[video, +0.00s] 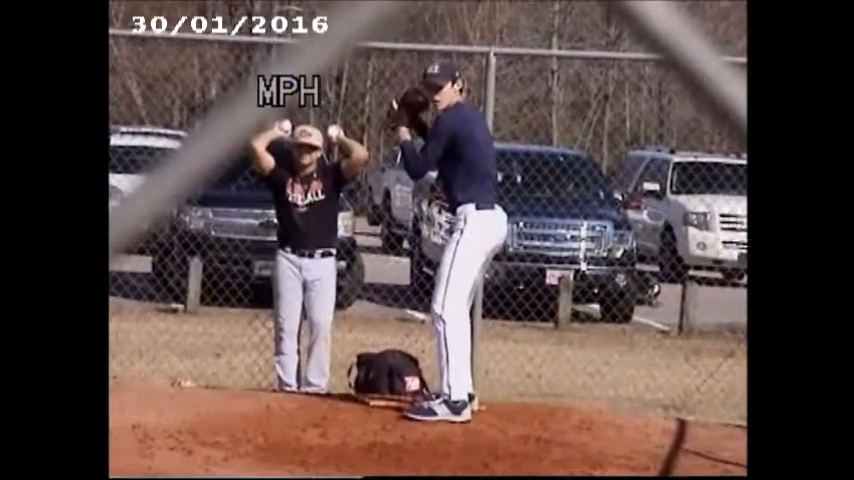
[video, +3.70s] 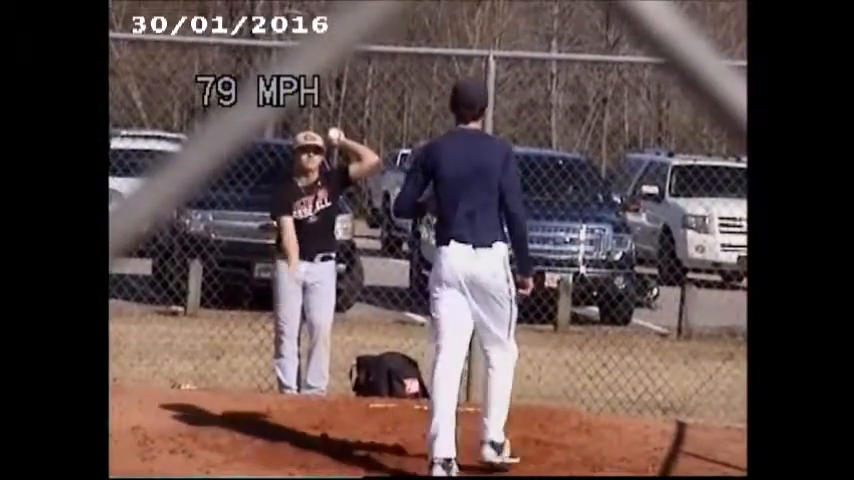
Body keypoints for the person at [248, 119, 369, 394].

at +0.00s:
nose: (305, 155)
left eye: (311, 150)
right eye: (301, 149)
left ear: (320, 152)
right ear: (292, 150)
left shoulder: (332, 175)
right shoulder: (281, 176)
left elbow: (361, 156)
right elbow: (256, 147)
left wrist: (341, 139)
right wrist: (276, 131)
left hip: (323, 260)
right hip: (288, 258)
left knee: (321, 324)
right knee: (286, 324)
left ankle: (317, 385)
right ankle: (286, 384)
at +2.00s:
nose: (307, 157)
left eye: (313, 152)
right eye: (301, 151)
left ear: (321, 153)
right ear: (291, 153)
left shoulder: (332, 177)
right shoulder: (281, 179)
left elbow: (360, 158)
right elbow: (255, 150)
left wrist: (340, 140)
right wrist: (275, 133)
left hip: (322, 261)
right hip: (287, 259)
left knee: (320, 326)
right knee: (285, 326)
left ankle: (315, 385)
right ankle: (285, 384)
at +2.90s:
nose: (307, 158)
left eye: (313, 152)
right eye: (301, 152)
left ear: (322, 154)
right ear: (292, 153)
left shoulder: (333, 177)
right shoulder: (281, 178)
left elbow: (362, 158)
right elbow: (250, 167)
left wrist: (341, 141)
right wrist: (275, 144)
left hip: (322, 261)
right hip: (288, 259)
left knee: (320, 324)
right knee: (285, 326)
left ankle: (315, 387)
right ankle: (286, 387)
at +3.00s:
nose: (309, 157)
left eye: (315, 151)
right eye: (303, 151)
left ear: (323, 153)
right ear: (293, 151)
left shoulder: (333, 176)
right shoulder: (281, 176)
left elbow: (364, 157)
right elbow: (254, 201)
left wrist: (341, 140)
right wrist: (269, 167)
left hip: (322, 260)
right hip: (287, 258)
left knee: (320, 322)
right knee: (285, 325)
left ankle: (315, 384)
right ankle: (286, 385)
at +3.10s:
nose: (310, 157)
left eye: (316, 152)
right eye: (305, 152)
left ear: (324, 155)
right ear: (295, 153)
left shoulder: (333, 178)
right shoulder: (280, 180)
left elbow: (365, 159)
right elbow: (261, 228)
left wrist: (341, 142)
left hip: (322, 262)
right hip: (287, 261)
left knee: (320, 324)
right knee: (285, 326)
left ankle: (315, 386)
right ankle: (287, 386)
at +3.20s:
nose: (309, 154)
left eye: (315, 150)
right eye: (304, 149)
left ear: (324, 153)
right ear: (295, 152)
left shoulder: (334, 176)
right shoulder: (282, 183)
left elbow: (367, 157)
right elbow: (272, 225)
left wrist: (342, 140)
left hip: (322, 261)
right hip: (288, 259)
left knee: (321, 324)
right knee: (286, 325)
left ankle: (316, 385)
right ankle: (287, 385)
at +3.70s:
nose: (310, 156)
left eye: (315, 152)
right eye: (305, 152)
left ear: (323, 156)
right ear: (295, 156)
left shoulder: (333, 179)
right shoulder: (286, 190)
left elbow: (373, 161)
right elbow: (287, 230)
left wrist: (343, 142)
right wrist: (293, 262)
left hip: (324, 263)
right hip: (291, 261)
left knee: (321, 327)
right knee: (287, 328)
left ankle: (316, 389)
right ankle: (287, 388)